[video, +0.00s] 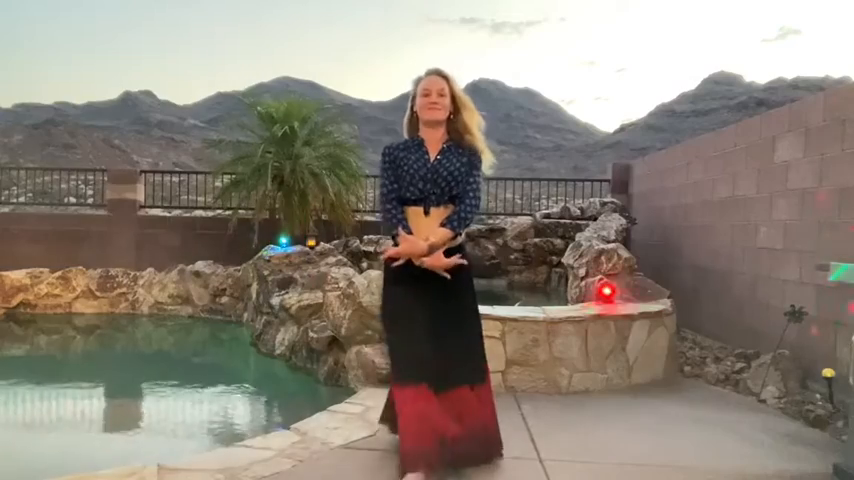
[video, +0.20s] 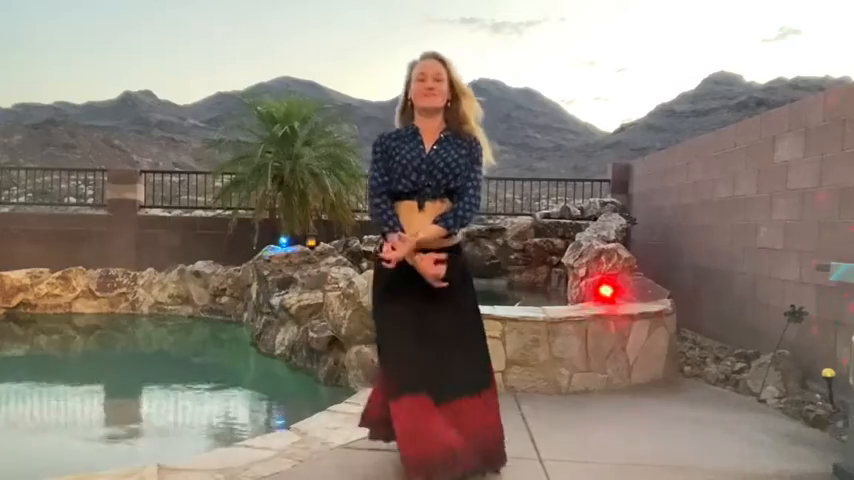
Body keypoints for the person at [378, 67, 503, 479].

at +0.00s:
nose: (433, 100)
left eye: (440, 95)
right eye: (426, 95)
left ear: (452, 104)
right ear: (414, 103)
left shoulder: (466, 154)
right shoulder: (395, 153)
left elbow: (469, 208)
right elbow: (390, 210)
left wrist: (420, 243)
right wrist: (425, 256)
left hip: (450, 261)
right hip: (405, 263)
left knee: (453, 351)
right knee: (410, 355)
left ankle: (456, 449)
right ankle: (417, 458)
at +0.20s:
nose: (428, 86)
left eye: (437, 80)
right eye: (421, 80)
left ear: (450, 91)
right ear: (409, 89)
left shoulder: (466, 145)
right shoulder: (387, 144)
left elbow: (467, 209)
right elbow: (379, 205)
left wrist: (415, 239)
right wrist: (414, 256)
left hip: (447, 260)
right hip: (398, 258)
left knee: (457, 355)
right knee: (405, 361)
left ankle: (465, 456)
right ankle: (427, 460)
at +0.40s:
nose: (423, 73)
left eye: (433, 67)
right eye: (415, 66)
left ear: (447, 78)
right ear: (401, 76)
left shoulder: (464, 136)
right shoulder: (378, 135)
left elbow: (471, 203)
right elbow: (366, 203)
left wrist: (407, 235)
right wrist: (408, 255)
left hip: (443, 267)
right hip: (389, 268)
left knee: (463, 373)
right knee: (407, 379)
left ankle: (477, 469)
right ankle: (424, 469)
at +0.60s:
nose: (417, 60)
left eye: (428, 53)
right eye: (407, 52)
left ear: (443, 68)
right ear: (393, 65)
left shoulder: (463, 130)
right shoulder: (366, 127)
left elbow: (472, 199)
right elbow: (348, 195)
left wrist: (395, 238)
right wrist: (402, 257)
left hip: (443, 275)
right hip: (381, 276)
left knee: (466, 398)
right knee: (401, 405)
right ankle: (411, 472)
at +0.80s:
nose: (409, 34)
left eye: (422, 26)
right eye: (398, 25)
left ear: (440, 42)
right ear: (382, 41)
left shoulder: (461, 110)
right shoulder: (350, 109)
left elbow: (471, 182)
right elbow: (328, 186)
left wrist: (380, 226)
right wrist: (395, 250)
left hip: (443, 275)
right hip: (371, 277)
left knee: (484, 417)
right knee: (372, 425)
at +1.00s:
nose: (399, 9)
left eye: (414, 2)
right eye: (386, 2)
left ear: (434, 24)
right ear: (368, 20)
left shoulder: (457, 97)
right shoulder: (331, 101)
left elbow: (462, 182)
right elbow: (315, 189)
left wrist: (358, 229)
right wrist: (365, 249)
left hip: (432, 289)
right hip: (350, 291)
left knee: (454, 450)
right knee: (350, 450)